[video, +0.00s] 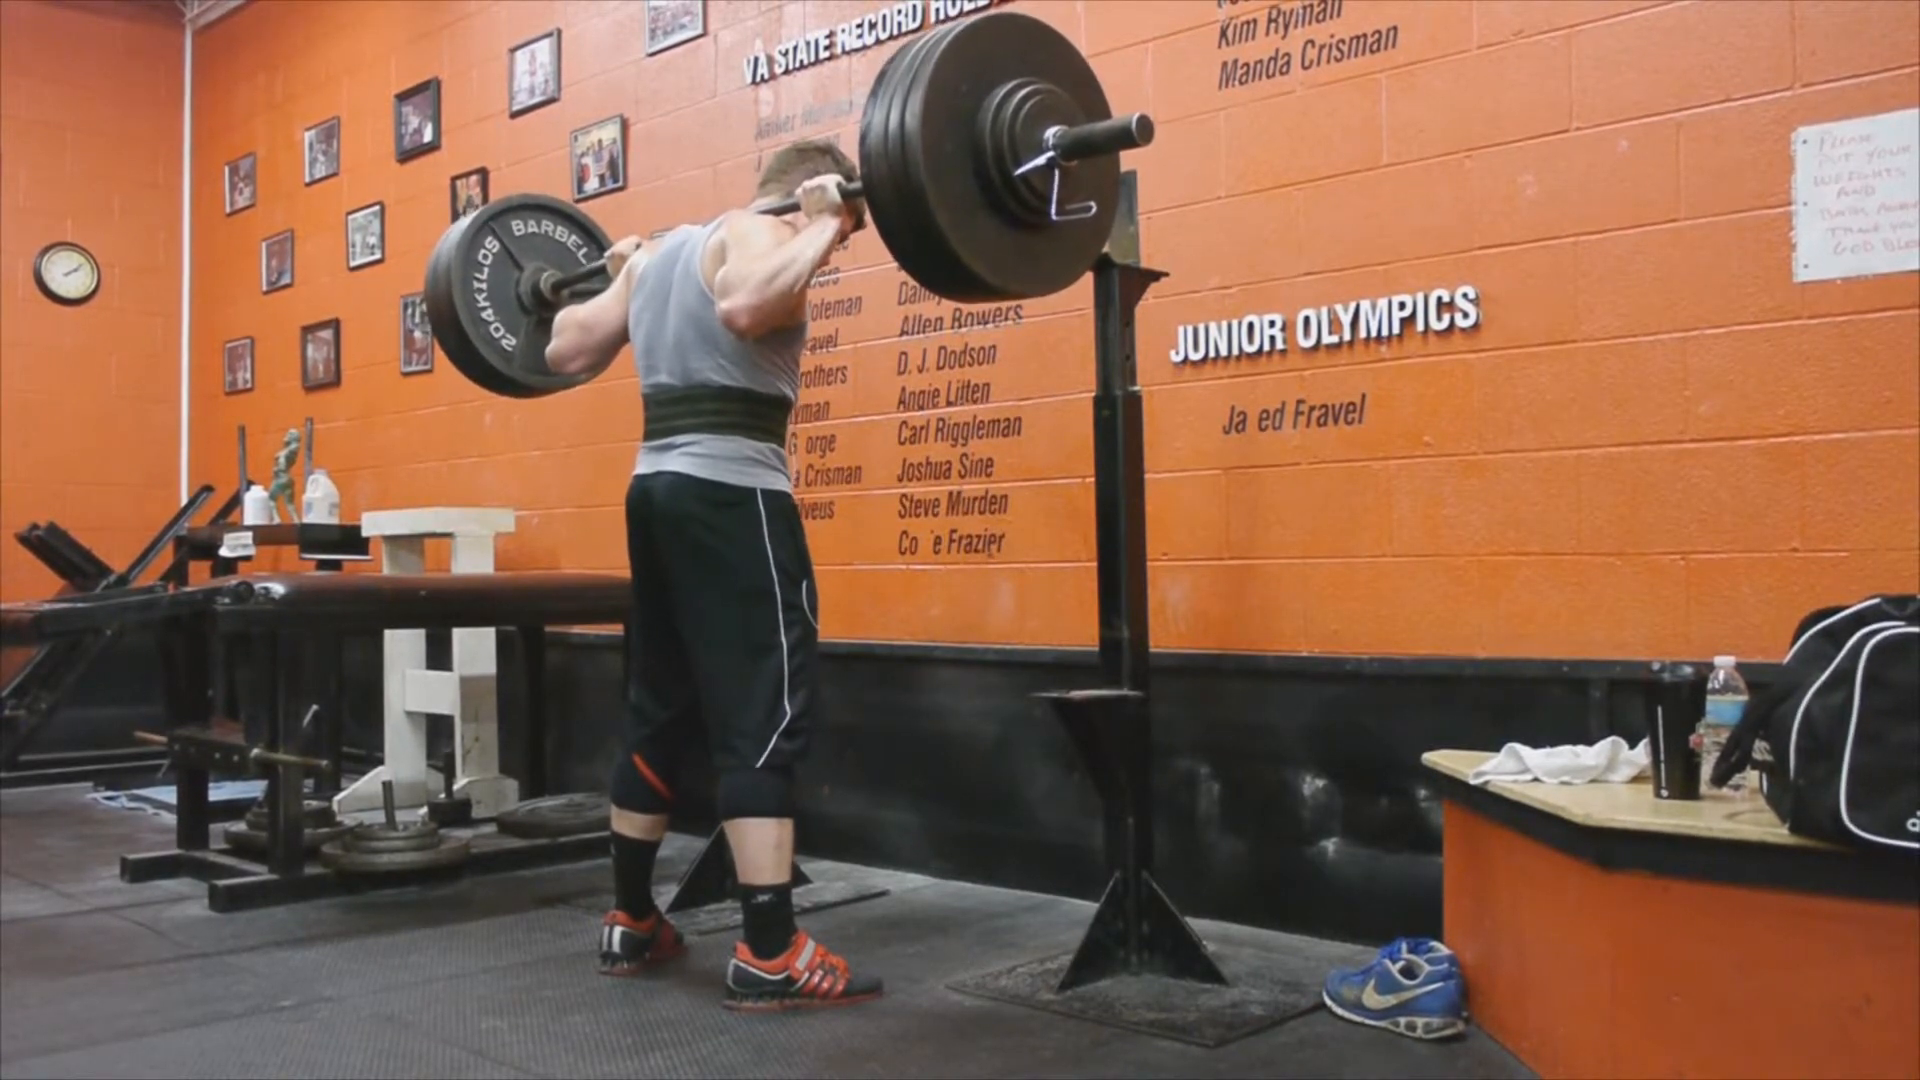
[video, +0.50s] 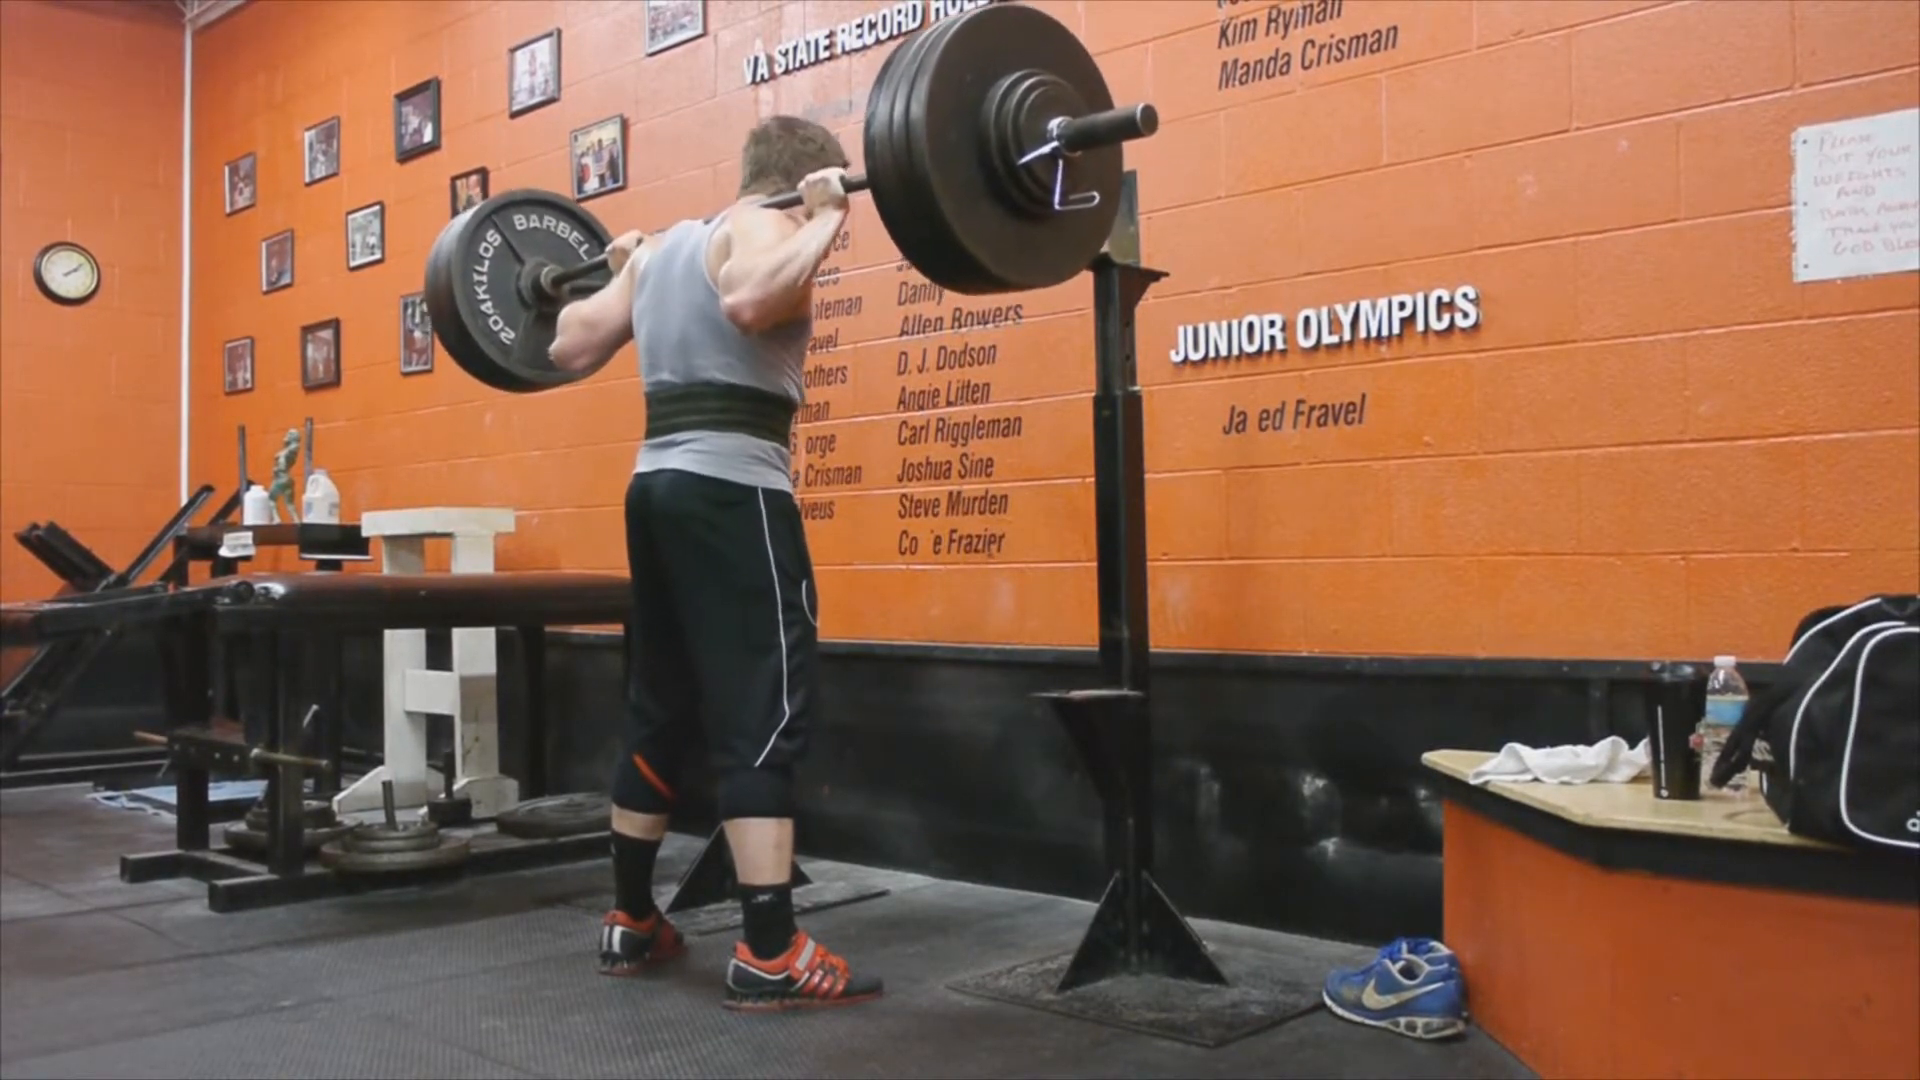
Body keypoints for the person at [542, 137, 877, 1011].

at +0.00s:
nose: (839, 241)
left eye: (847, 229)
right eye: (841, 224)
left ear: (761, 189)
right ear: (814, 200)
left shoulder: (661, 256)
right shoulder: (768, 233)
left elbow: (564, 348)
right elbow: (744, 308)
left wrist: (617, 278)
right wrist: (824, 230)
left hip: (657, 496)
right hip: (735, 498)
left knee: (662, 708)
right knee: (763, 714)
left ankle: (631, 921)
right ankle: (769, 947)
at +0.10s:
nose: (840, 240)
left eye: (848, 229)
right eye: (842, 223)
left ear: (761, 189)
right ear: (814, 200)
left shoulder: (661, 256)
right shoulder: (769, 233)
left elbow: (564, 348)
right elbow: (744, 308)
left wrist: (617, 277)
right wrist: (825, 230)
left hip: (658, 497)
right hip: (735, 499)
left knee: (664, 709)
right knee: (764, 715)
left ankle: (632, 921)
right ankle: (769, 947)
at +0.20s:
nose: (840, 237)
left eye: (847, 223)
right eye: (840, 219)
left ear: (758, 189)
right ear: (813, 199)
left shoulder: (663, 255)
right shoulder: (769, 233)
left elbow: (566, 352)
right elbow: (744, 307)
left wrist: (617, 278)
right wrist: (826, 227)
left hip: (658, 496)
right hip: (737, 498)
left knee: (665, 709)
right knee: (764, 715)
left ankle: (632, 921)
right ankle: (770, 948)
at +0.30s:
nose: (837, 230)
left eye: (843, 216)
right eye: (837, 212)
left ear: (753, 183)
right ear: (810, 193)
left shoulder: (662, 254)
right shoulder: (767, 229)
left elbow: (566, 351)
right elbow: (746, 307)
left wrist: (614, 277)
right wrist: (825, 226)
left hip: (659, 494)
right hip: (736, 495)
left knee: (664, 709)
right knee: (763, 713)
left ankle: (632, 921)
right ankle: (770, 948)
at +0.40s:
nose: (831, 219)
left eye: (836, 204)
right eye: (831, 202)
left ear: (746, 180)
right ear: (807, 188)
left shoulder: (663, 251)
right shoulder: (770, 230)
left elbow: (568, 349)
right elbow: (748, 308)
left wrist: (610, 275)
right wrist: (826, 227)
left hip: (658, 490)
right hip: (736, 490)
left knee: (664, 709)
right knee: (763, 713)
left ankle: (632, 920)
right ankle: (770, 947)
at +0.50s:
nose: (832, 216)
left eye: (838, 201)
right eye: (830, 199)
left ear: (744, 178)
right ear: (803, 185)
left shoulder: (662, 250)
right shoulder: (766, 227)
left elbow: (568, 347)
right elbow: (748, 303)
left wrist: (611, 272)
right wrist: (827, 222)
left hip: (657, 490)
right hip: (735, 490)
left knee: (663, 709)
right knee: (762, 713)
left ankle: (631, 920)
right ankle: (769, 947)